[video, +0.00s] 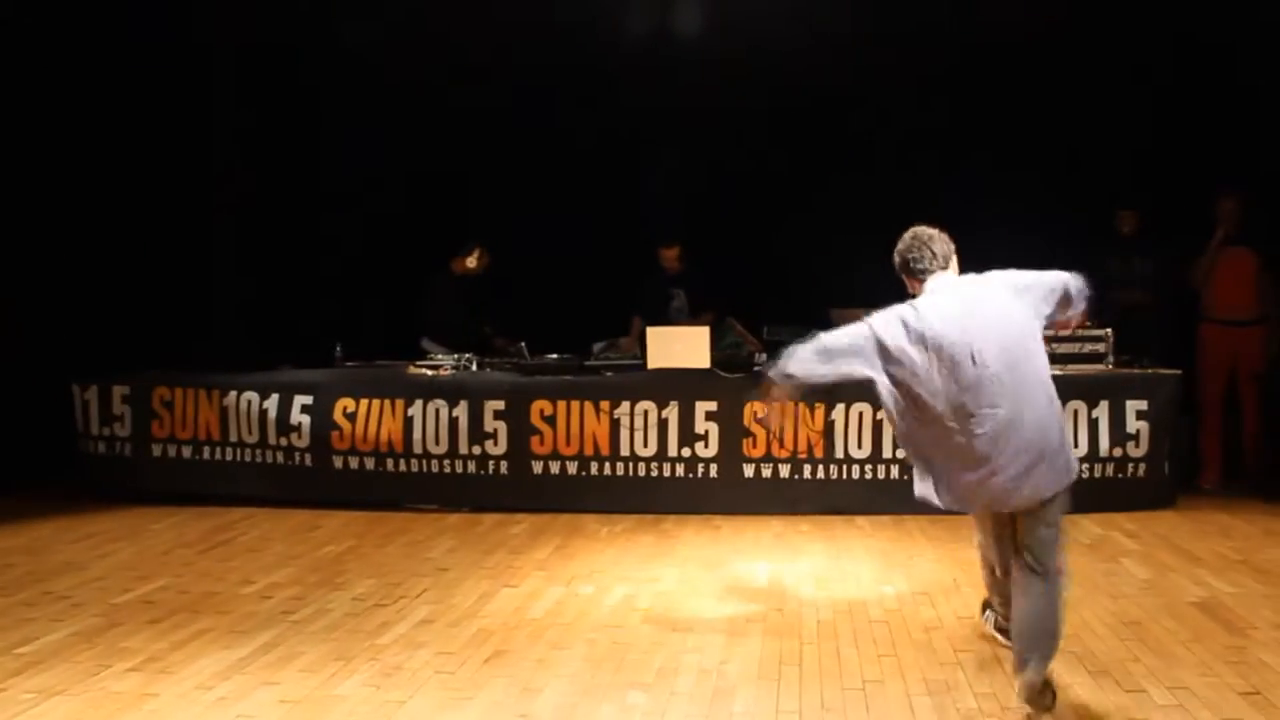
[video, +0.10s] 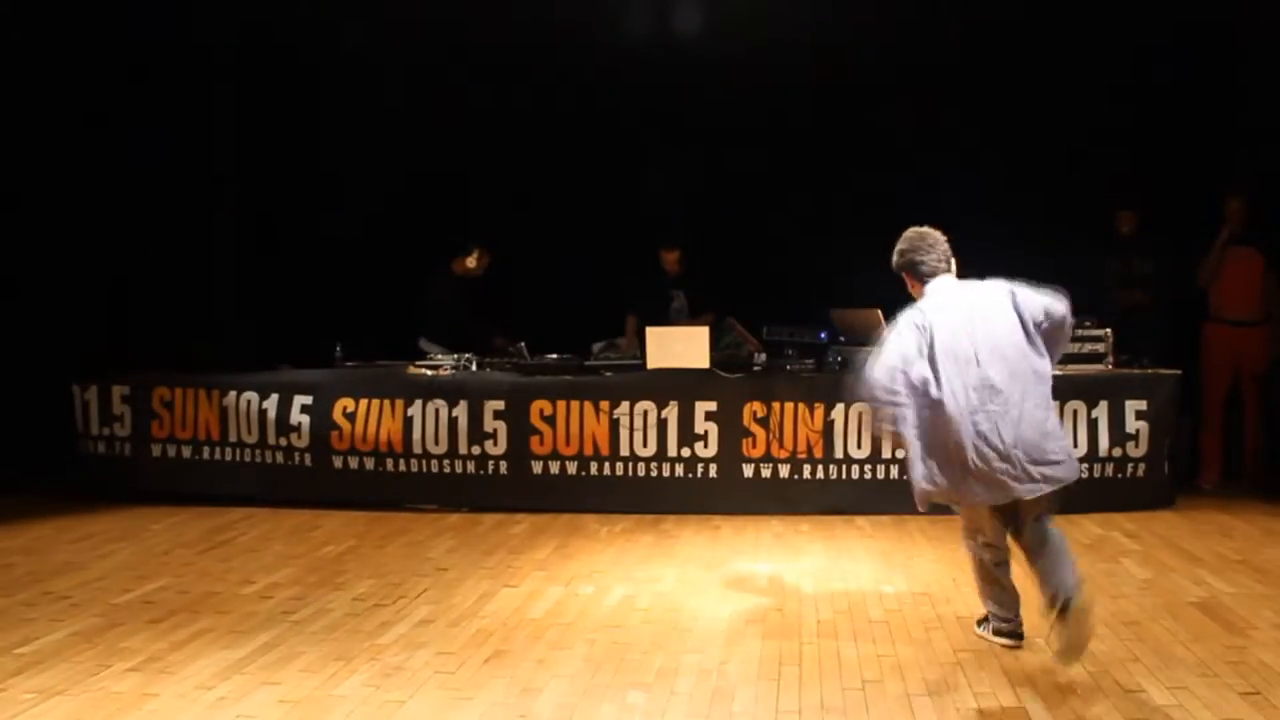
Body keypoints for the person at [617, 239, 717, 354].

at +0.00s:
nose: (671, 264)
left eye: (674, 259)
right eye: (666, 260)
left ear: (681, 258)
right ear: (659, 260)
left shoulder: (693, 280)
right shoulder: (652, 281)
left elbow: (708, 313)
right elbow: (639, 315)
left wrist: (693, 328)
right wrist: (632, 340)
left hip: (692, 338)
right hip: (659, 339)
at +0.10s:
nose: (671, 267)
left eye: (675, 262)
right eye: (667, 262)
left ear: (682, 261)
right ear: (660, 262)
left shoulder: (694, 283)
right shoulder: (651, 284)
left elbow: (709, 315)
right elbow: (632, 316)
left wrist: (690, 328)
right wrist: (631, 345)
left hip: (692, 341)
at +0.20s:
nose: (670, 267)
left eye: (673, 263)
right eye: (666, 263)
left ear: (680, 261)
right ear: (659, 262)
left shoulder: (692, 284)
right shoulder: (649, 285)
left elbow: (709, 315)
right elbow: (625, 317)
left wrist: (687, 330)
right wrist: (628, 345)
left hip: (689, 342)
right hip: (655, 344)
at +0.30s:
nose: (667, 266)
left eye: (670, 262)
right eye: (663, 262)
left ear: (677, 260)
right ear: (656, 261)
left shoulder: (688, 282)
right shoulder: (646, 283)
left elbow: (703, 318)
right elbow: (623, 315)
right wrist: (626, 343)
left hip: (685, 341)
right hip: (652, 342)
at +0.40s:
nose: (662, 266)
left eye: (666, 262)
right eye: (658, 262)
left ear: (672, 260)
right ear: (651, 261)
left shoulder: (684, 282)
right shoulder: (642, 284)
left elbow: (700, 317)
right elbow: (623, 317)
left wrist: (678, 326)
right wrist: (626, 343)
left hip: (683, 342)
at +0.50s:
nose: (657, 266)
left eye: (660, 261)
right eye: (652, 262)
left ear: (665, 259)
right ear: (645, 261)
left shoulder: (677, 281)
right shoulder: (636, 283)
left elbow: (698, 315)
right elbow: (618, 315)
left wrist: (677, 326)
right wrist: (622, 342)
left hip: (679, 341)